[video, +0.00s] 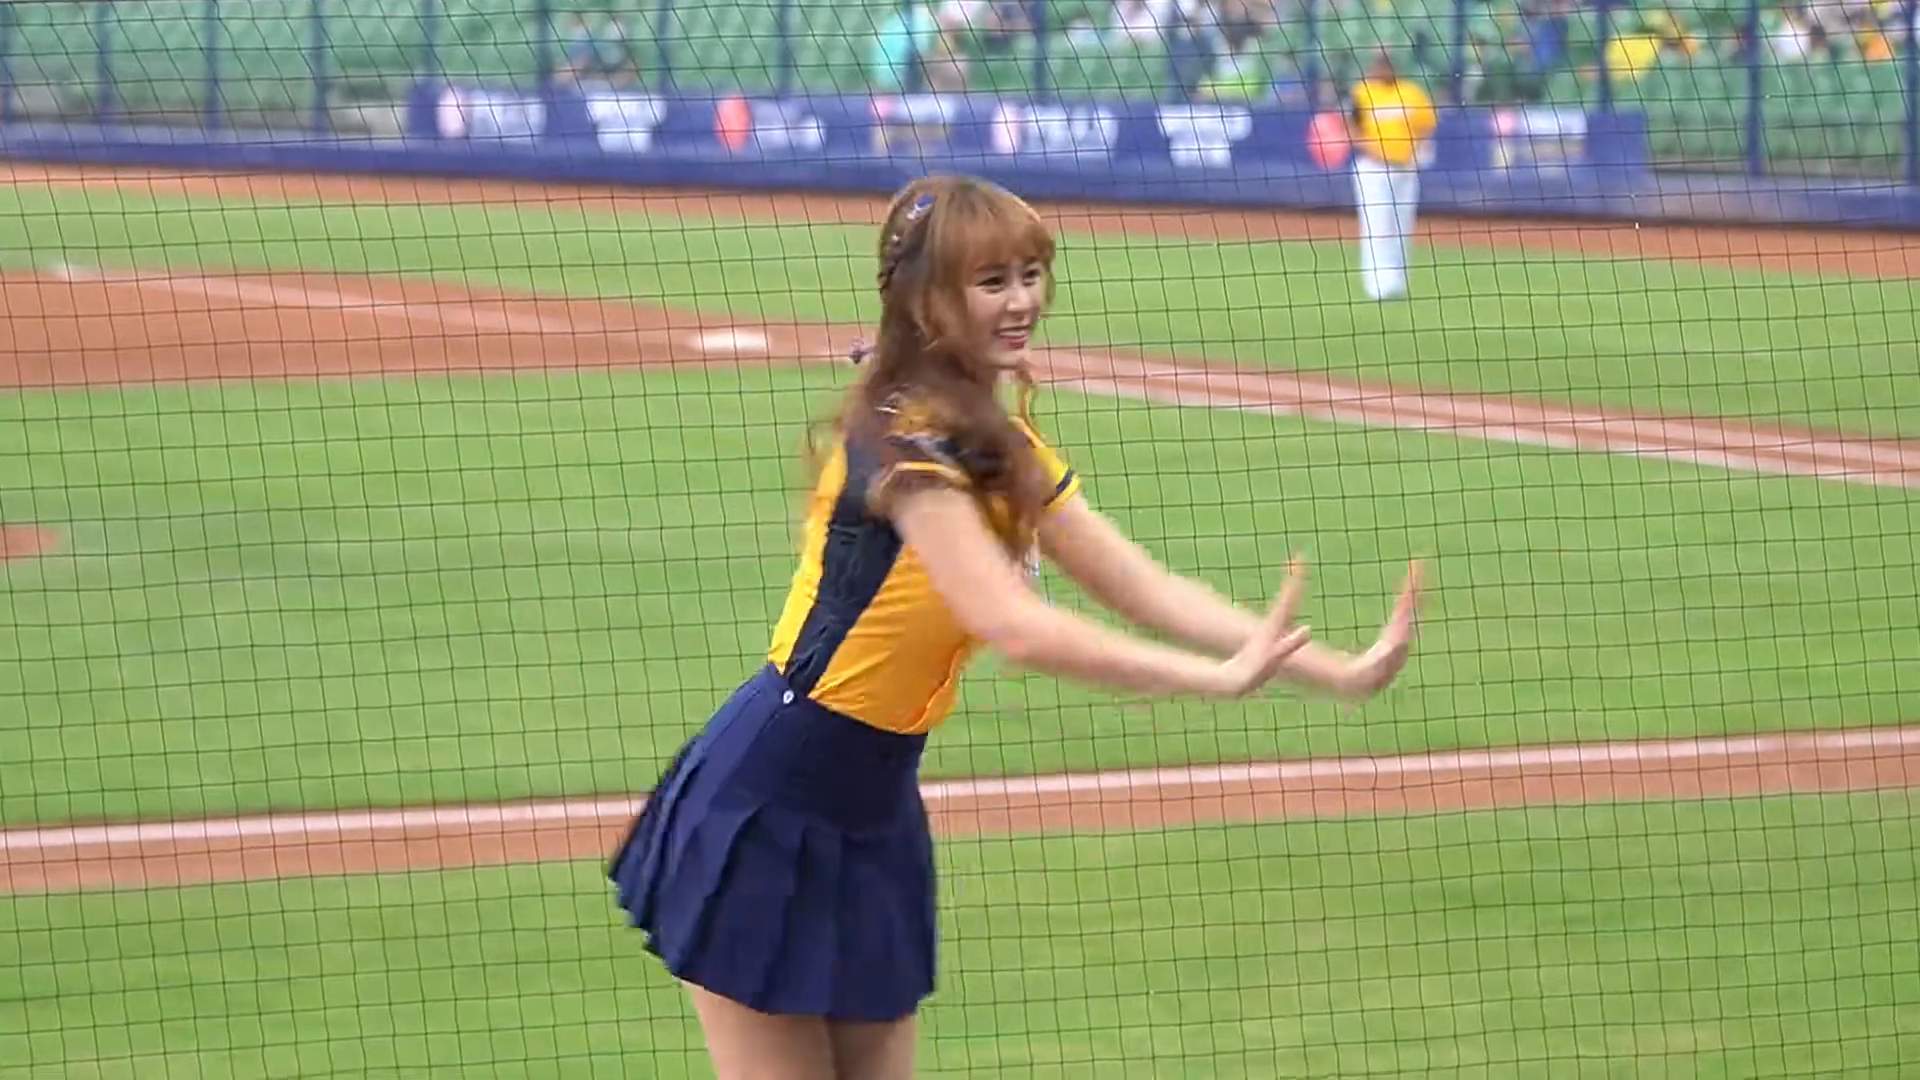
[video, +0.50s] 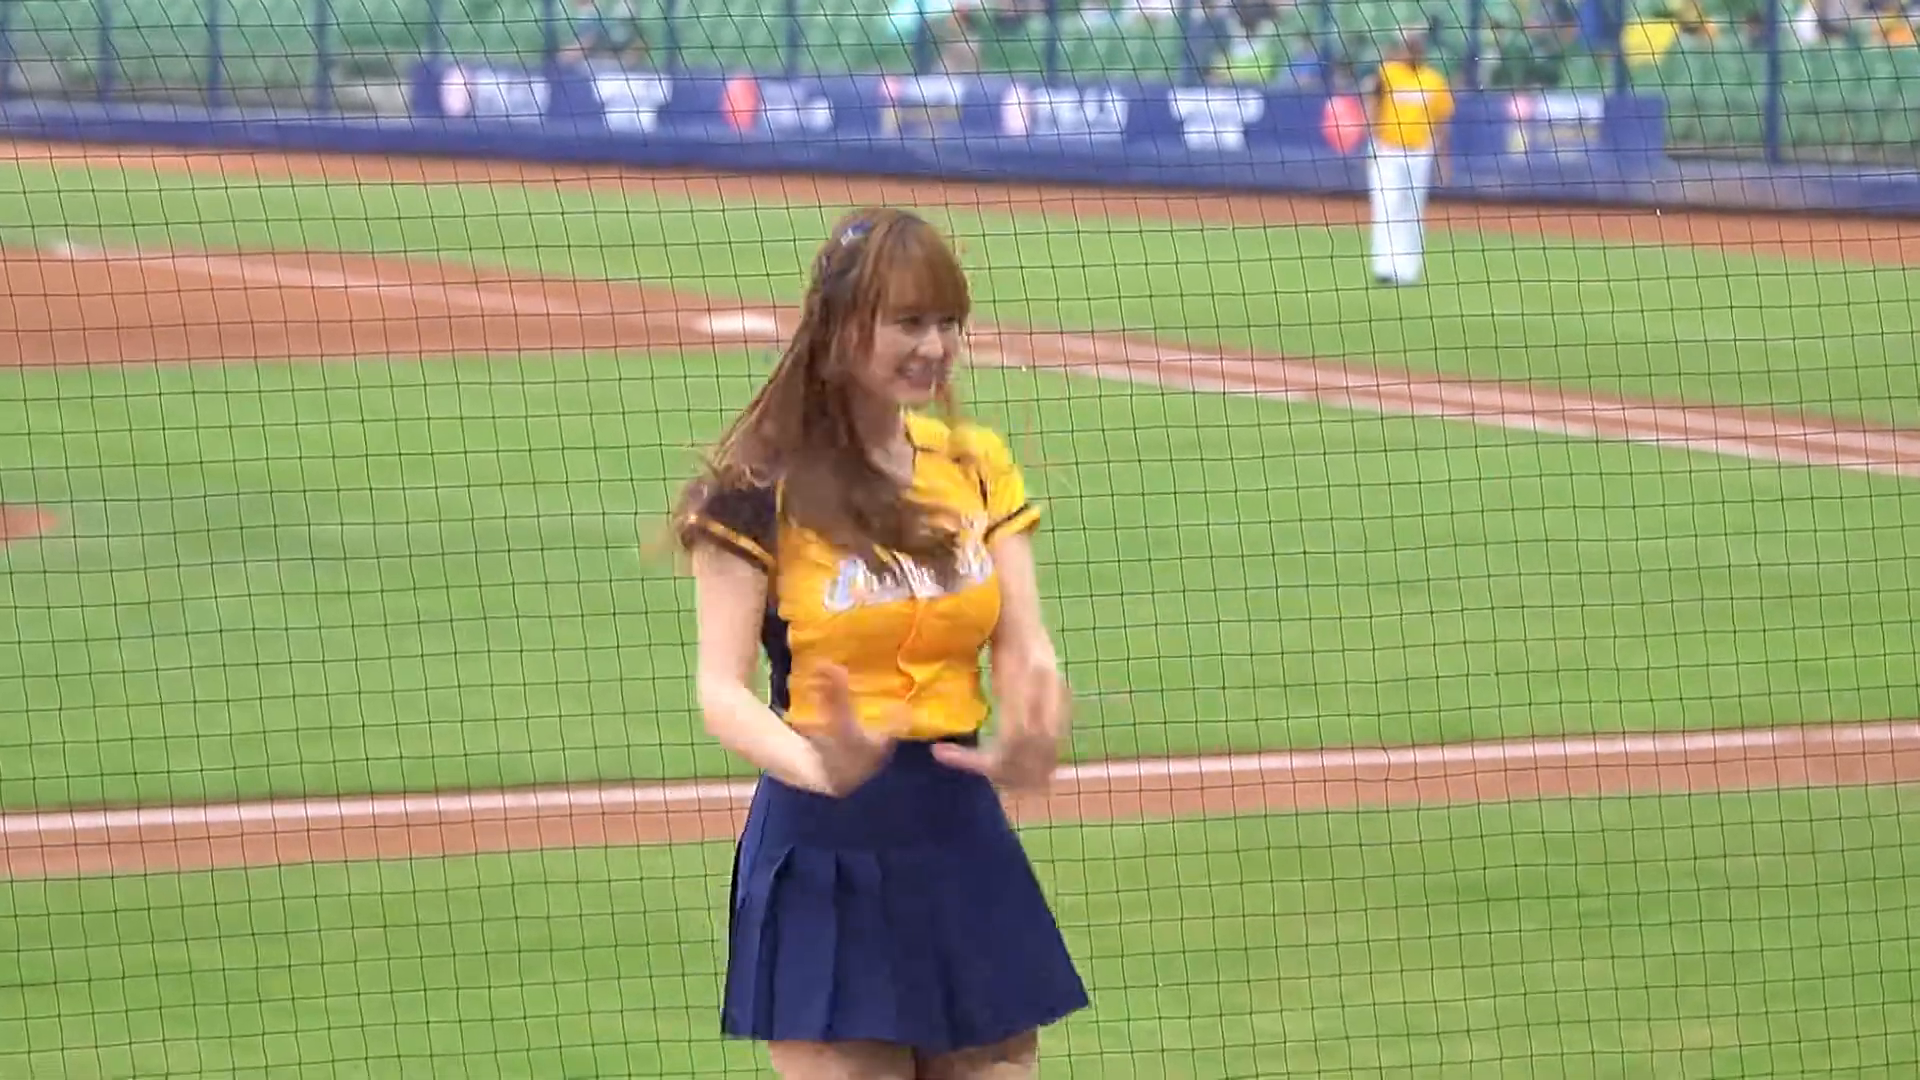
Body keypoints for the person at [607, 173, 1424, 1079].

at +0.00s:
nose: (1024, 299)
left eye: (1033, 275)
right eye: (992, 280)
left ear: (1044, 281)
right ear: (925, 298)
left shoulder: (996, 436)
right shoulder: (904, 438)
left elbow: (1148, 589)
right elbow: (1011, 624)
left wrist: (1335, 674)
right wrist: (1216, 677)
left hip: (874, 802)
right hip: (768, 800)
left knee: (876, 1064)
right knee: (784, 1069)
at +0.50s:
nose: (935, 347)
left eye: (948, 323)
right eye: (908, 322)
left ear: (962, 327)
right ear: (839, 328)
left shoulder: (976, 461)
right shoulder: (758, 483)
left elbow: (1021, 638)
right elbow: (720, 692)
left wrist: (1030, 738)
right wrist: (817, 769)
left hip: (962, 810)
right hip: (825, 822)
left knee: (997, 1057)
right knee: (846, 1057)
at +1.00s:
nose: (947, 284)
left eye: (966, 260)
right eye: (916, 259)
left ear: (989, 277)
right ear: (854, 279)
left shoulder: (1031, 393)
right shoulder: (813, 447)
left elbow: (1028, 581)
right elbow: (727, 677)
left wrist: (970, 756)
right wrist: (628, 888)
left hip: (1019, 787)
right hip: (860, 784)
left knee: (1047, 1057)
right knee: (849, 1059)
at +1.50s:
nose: (1237, 240)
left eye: (1260, 216)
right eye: (1209, 216)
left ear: (1288, 230)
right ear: (1157, 231)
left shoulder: (1311, 370)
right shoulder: (1106, 356)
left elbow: (1487, 268)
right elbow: (913, 298)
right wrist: (941, 95)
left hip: (1225, 779)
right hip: (1089, 762)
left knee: (1279, 1064)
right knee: (1005, 1063)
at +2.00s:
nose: (1149, 286)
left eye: (1174, 266)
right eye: (1123, 258)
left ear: (1196, 289)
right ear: (1059, 267)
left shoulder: (1208, 433)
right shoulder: (949, 402)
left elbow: (1418, 475)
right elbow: (733, 317)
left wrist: (1620, 511)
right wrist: (762, 146)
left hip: (1140, 814)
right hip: (976, 814)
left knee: (1209, 1069)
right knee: (927, 1066)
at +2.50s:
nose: (1054, 321)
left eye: (1063, 290)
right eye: (1021, 303)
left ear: (1080, 288)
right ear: (951, 332)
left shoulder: (1137, 391)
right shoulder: (940, 505)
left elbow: (1256, 360)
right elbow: (921, 732)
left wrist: (1290, 266)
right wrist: (859, 948)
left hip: (1160, 807)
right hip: (1019, 827)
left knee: (1263, 1060)